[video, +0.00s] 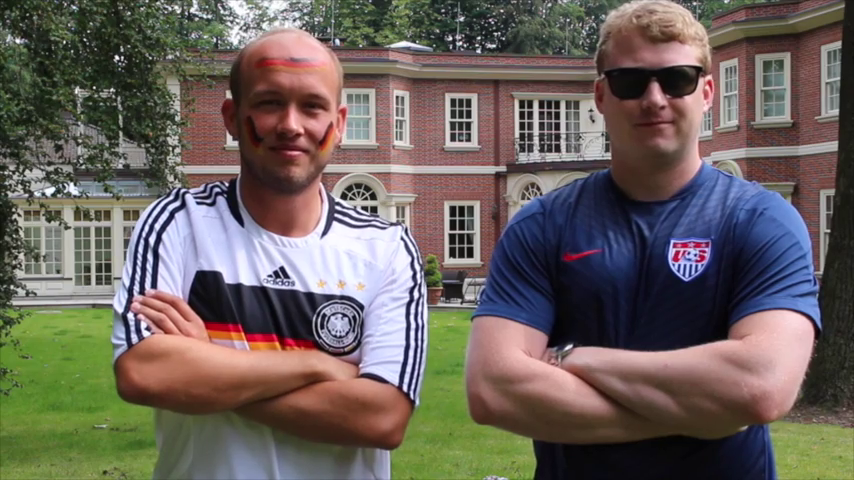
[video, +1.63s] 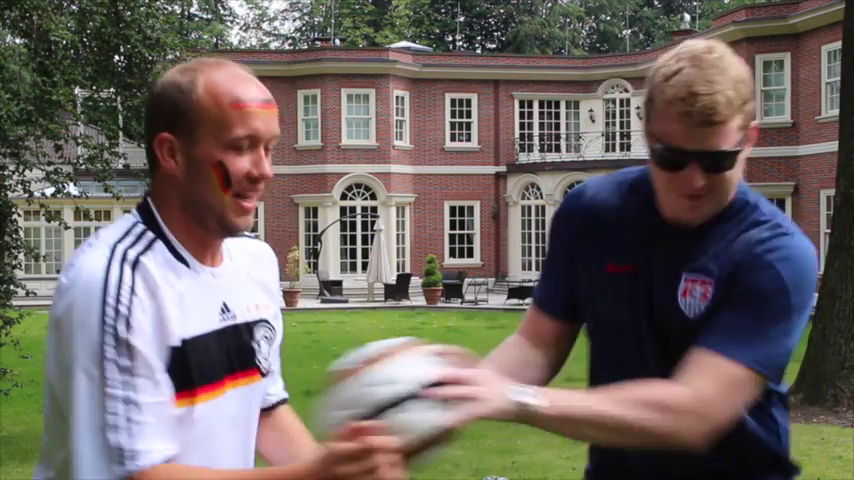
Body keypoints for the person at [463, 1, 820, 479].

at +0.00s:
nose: (653, 98)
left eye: (675, 80)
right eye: (630, 81)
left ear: (707, 93)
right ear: (600, 97)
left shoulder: (762, 221)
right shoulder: (540, 227)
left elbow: (762, 389)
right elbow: (493, 391)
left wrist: (570, 361)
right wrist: (686, 411)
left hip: (724, 473)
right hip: (575, 474)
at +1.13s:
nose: (711, 102)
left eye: (720, 84)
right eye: (684, 82)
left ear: (728, 92)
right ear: (618, 93)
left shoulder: (753, 211)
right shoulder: (542, 213)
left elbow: (789, 374)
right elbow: (497, 387)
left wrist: (592, 346)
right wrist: (653, 457)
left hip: (724, 472)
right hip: (578, 469)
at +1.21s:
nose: (700, 115)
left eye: (713, 95)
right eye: (674, 95)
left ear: (723, 97)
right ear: (611, 100)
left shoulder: (760, 214)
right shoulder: (542, 213)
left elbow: (847, 368)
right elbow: (498, 380)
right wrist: (590, 454)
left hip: (730, 469)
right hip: (593, 473)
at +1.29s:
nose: (679, 132)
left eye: (695, 108)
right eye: (653, 113)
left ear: (710, 105)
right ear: (601, 113)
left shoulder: (763, 214)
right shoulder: (542, 211)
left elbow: (823, 342)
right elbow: (492, 378)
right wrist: (600, 415)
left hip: (729, 470)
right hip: (592, 474)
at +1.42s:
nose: (655, 156)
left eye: (677, 133)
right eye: (632, 133)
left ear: (708, 122)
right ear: (601, 123)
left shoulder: (762, 236)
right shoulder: (544, 224)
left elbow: (811, 383)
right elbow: (495, 381)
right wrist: (582, 438)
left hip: (718, 466)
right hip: (591, 471)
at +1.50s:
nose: (661, 183)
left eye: (684, 161)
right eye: (638, 160)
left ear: (716, 148)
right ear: (611, 145)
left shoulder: (768, 259)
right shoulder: (552, 238)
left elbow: (804, 433)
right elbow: (503, 371)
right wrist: (546, 425)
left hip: (720, 466)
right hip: (587, 465)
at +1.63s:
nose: (692, 182)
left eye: (716, 162)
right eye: (670, 158)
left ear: (748, 138)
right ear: (646, 136)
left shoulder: (777, 256)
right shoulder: (590, 212)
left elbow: (693, 414)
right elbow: (535, 344)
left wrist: (516, 401)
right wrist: (434, 412)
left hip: (740, 472)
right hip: (619, 469)